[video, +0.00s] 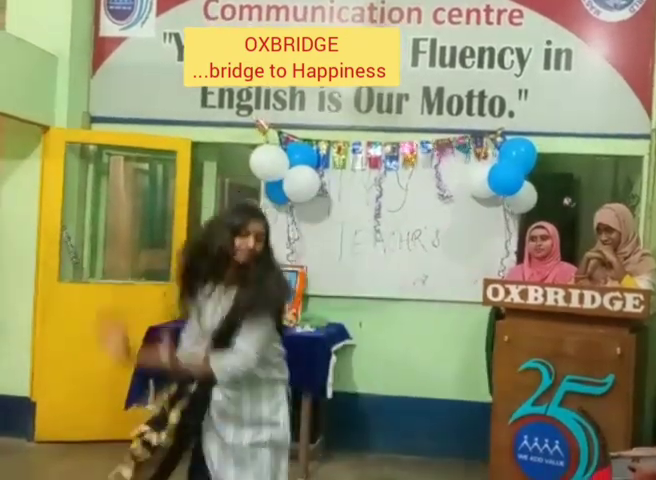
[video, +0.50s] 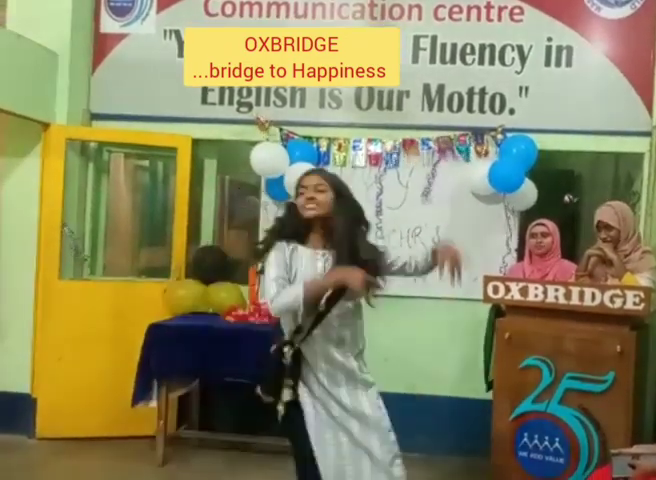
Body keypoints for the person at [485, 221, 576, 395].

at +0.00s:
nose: (538, 244)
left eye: (544, 239)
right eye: (533, 239)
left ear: (554, 242)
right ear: (527, 244)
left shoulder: (568, 272)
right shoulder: (515, 272)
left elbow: (572, 310)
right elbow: (503, 310)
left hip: (555, 341)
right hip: (518, 341)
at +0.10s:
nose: (538, 244)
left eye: (544, 239)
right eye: (533, 239)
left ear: (554, 242)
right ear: (526, 243)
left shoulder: (568, 272)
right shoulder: (515, 272)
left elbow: (571, 310)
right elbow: (502, 309)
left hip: (556, 341)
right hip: (519, 340)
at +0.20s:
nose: (538, 243)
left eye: (544, 238)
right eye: (533, 238)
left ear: (554, 242)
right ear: (526, 243)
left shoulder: (569, 273)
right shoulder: (515, 272)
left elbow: (573, 309)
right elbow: (503, 307)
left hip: (556, 339)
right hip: (519, 339)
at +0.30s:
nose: (539, 240)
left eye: (544, 235)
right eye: (533, 236)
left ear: (554, 240)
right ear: (527, 241)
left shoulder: (569, 270)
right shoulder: (515, 270)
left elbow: (572, 307)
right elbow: (503, 306)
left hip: (556, 337)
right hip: (519, 337)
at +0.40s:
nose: (539, 241)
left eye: (544, 236)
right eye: (534, 236)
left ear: (554, 240)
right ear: (527, 241)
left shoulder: (569, 271)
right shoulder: (515, 270)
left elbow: (573, 308)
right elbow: (502, 306)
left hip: (556, 337)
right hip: (519, 336)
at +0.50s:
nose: (539, 240)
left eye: (544, 236)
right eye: (534, 236)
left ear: (554, 240)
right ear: (527, 241)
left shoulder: (569, 270)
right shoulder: (515, 270)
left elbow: (572, 308)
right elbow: (503, 306)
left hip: (556, 338)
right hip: (519, 337)